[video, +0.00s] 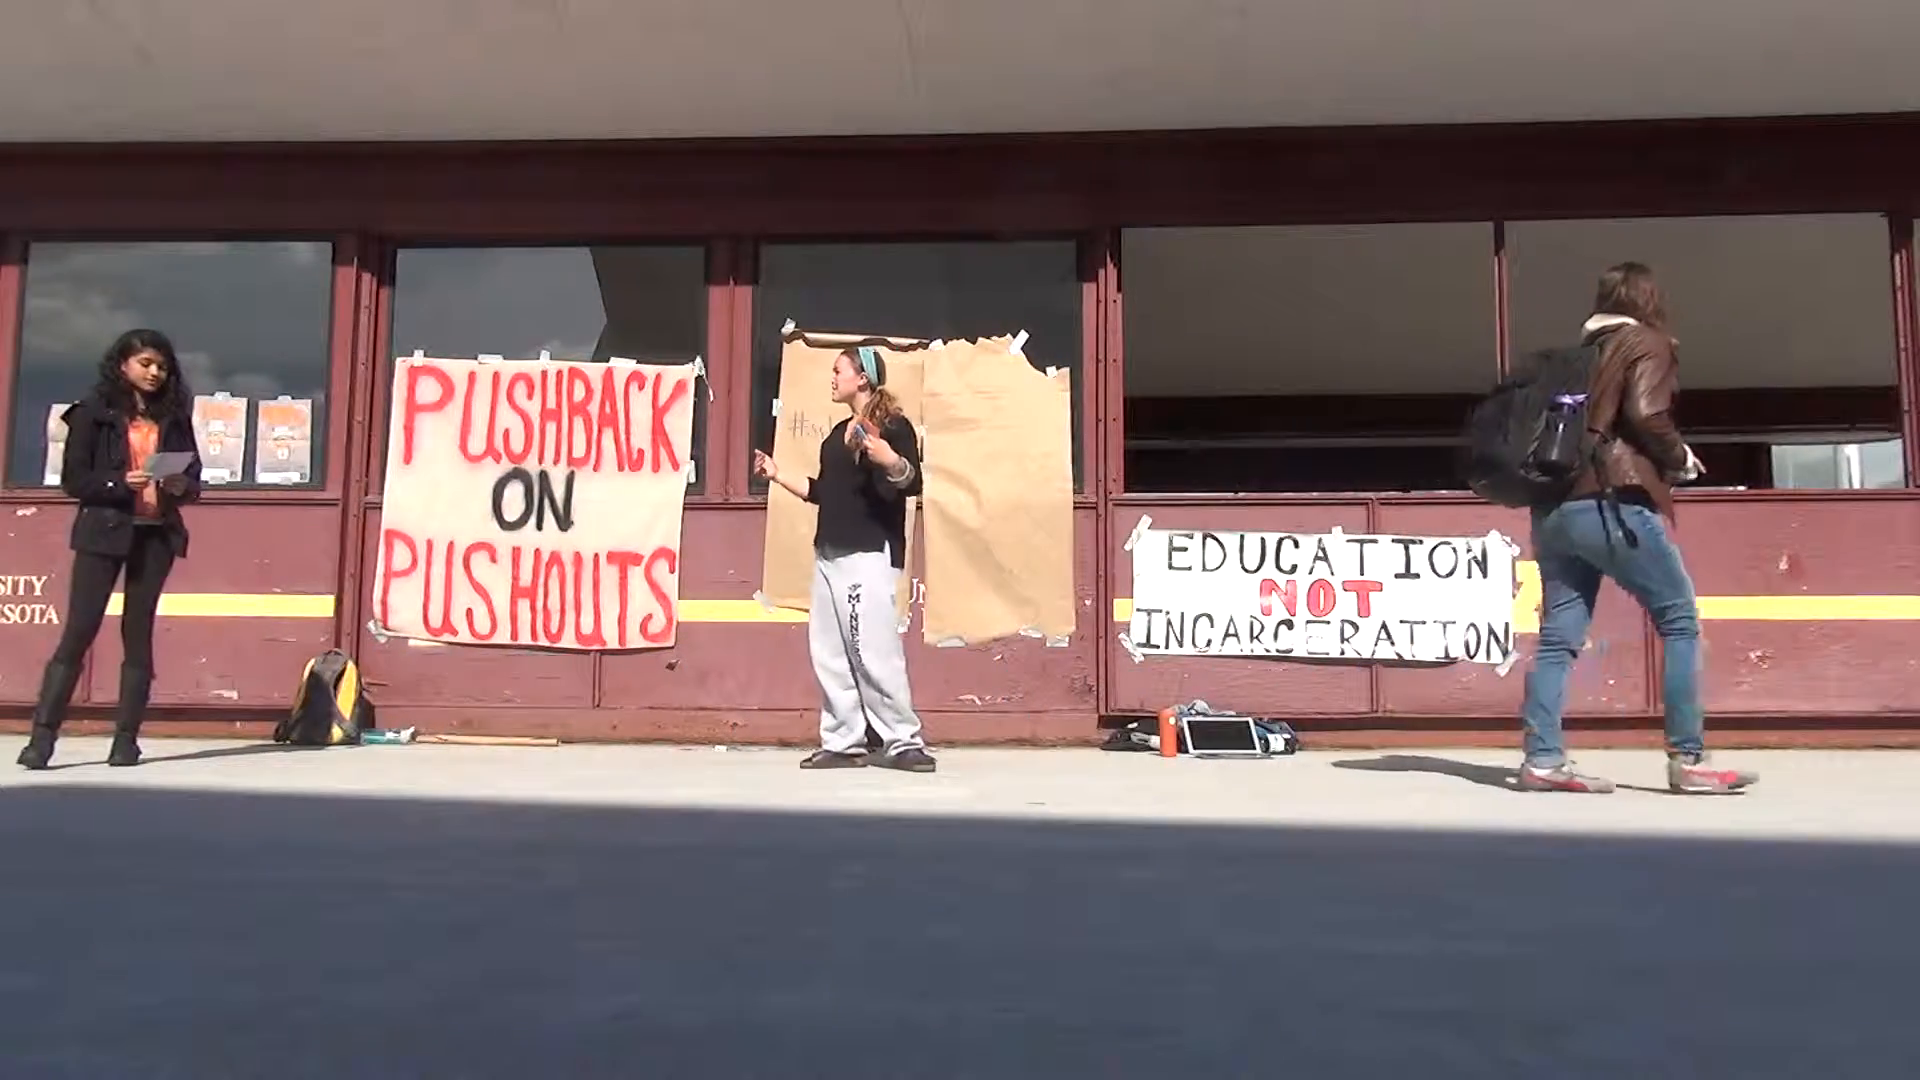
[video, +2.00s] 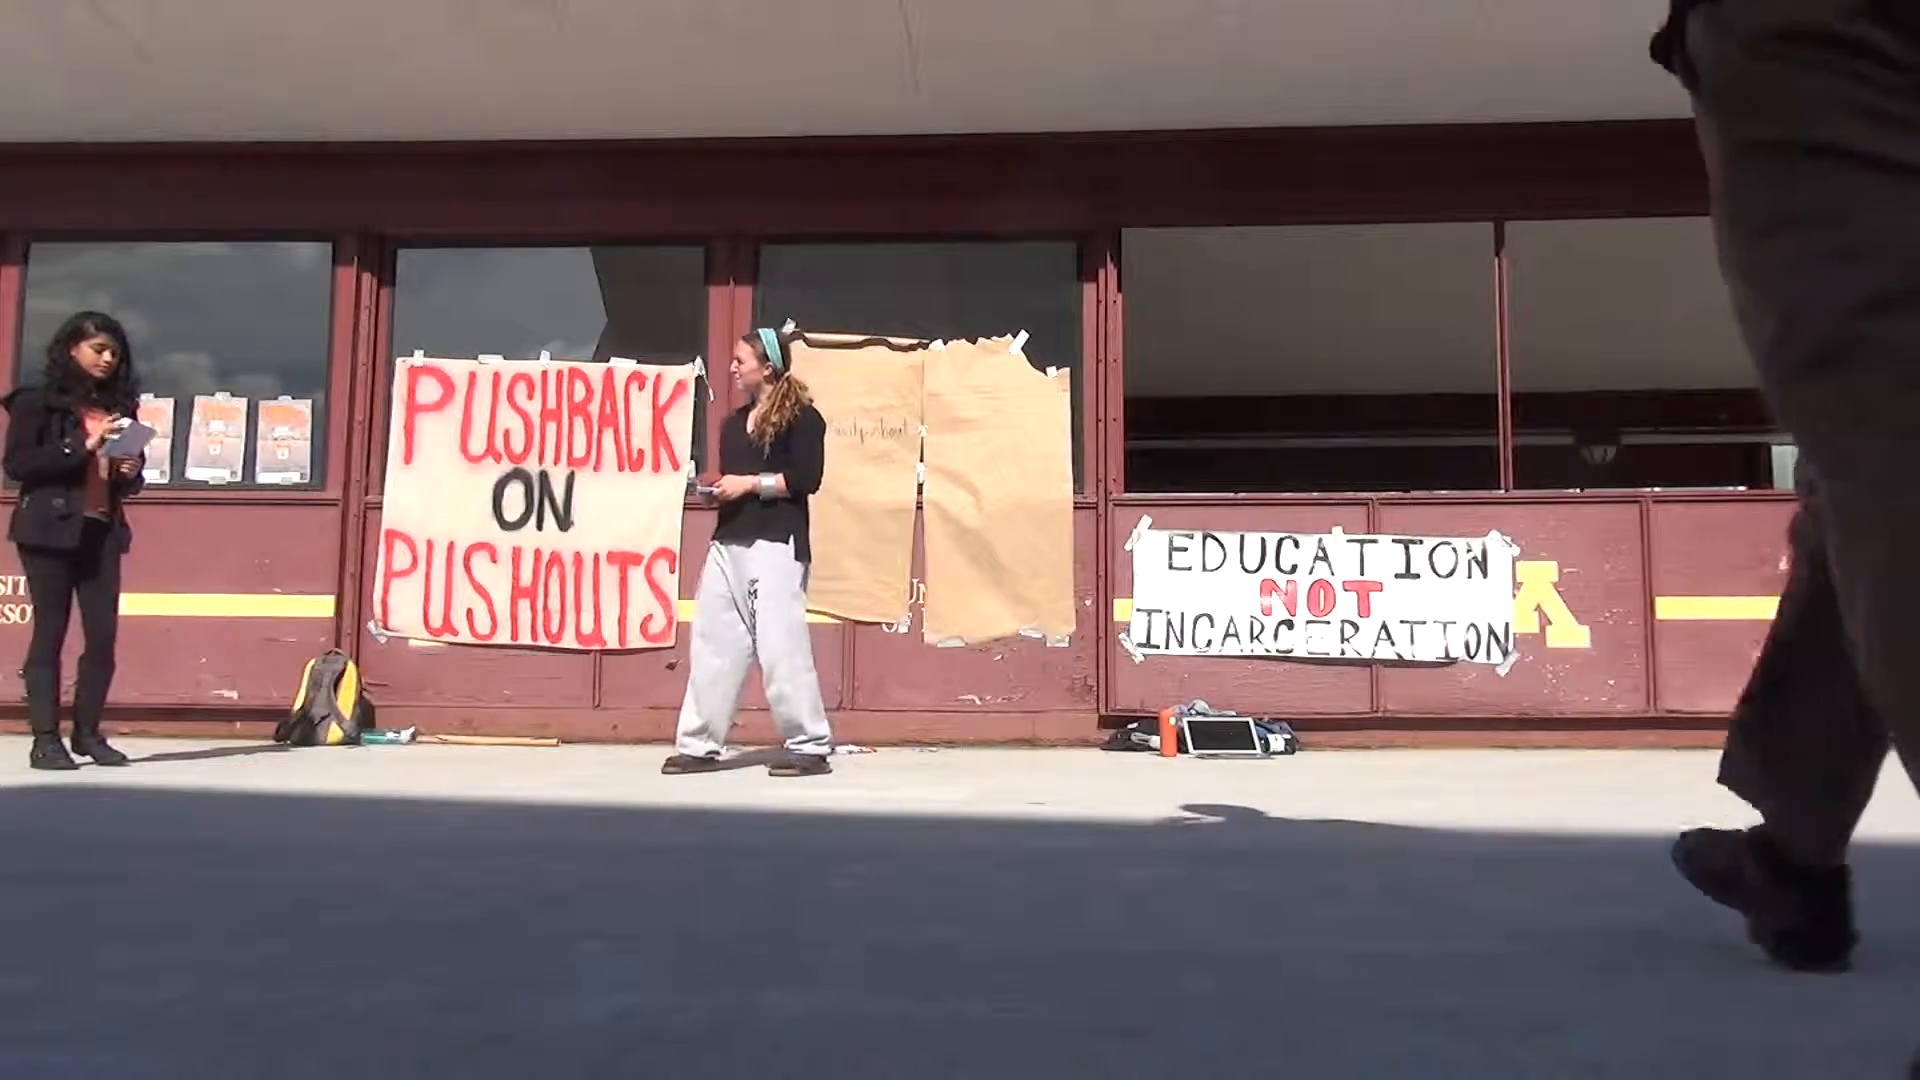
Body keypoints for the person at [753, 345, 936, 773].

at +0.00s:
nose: (832, 378)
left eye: (838, 372)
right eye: (833, 372)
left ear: (864, 379)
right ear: (853, 379)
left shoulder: (893, 428)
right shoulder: (836, 435)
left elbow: (909, 479)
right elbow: (820, 494)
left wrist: (883, 455)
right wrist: (777, 473)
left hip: (867, 555)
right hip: (829, 555)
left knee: (874, 650)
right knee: (830, 652)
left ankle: (904, 742)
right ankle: (845, 743)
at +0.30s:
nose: (816, 377)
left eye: (823, 371)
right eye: (819, 371)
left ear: (845, 378)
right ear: (840, 378)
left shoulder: (868, 429)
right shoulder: (828, 432)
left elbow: (872, 493)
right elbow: (812, 499)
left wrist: (840, 498)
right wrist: (769, 489)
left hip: (847, 552)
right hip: (813, 553)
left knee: (852, 645)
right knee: (821, 651)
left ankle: (898, 735)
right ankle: (843, 742)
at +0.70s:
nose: (797, 379)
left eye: (803, 372)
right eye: (799, 372)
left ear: (825, 378)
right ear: (824, 378)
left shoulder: (847, 427)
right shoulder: (826, 427)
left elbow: (844, 487)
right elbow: (818, 491)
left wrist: (789, 483)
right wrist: (773, 497)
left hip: (830, 549)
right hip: (816, 547)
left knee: (814, 644)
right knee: (833, 643)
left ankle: (829, 743)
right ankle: (847, 740)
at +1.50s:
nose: (770, 362)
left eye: (778, 356)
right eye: (772, 355)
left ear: (802, 364)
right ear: (792, 364)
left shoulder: (825, 409)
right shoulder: (791, 414)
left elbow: (826, 471)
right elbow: (798, 475)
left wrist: (770, 484)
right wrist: (762, 485)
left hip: (806, 542)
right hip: (776, 543)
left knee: (804, 641)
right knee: (763, 639)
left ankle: (815, 746)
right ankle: (815, 734)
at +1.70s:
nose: (759, 359)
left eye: (767, 352)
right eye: (762, 351)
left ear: (792, 362)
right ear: (786, 363)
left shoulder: (823, 411)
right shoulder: (777, 414)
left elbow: (820, 474)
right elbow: (784, 474)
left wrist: (766, 483)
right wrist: (753, 485)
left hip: (798, 541)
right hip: (760, 541)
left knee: (797, 640)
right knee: (743, 638)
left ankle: (813, 745)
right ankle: (753, 739)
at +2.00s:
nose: (733, 369)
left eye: (740, 361)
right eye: (733, 361)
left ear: (767, 367)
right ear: (750, 367)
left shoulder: (802, 416)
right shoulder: (733, 423)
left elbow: (806, 480)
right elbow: (734, 484)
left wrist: (748, 484)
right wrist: (712, 491)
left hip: (775, 544)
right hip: (729, 543)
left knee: (782, 646)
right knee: (714, 645)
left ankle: (809, 746)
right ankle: (699, 746)